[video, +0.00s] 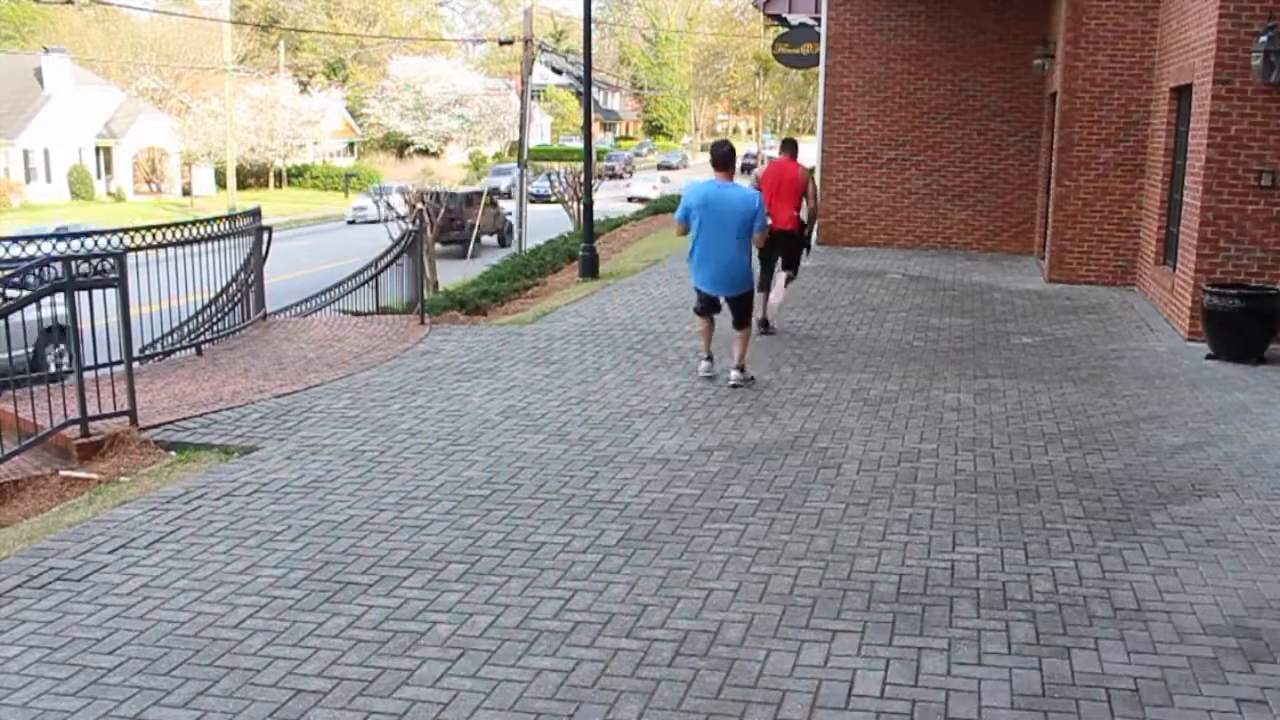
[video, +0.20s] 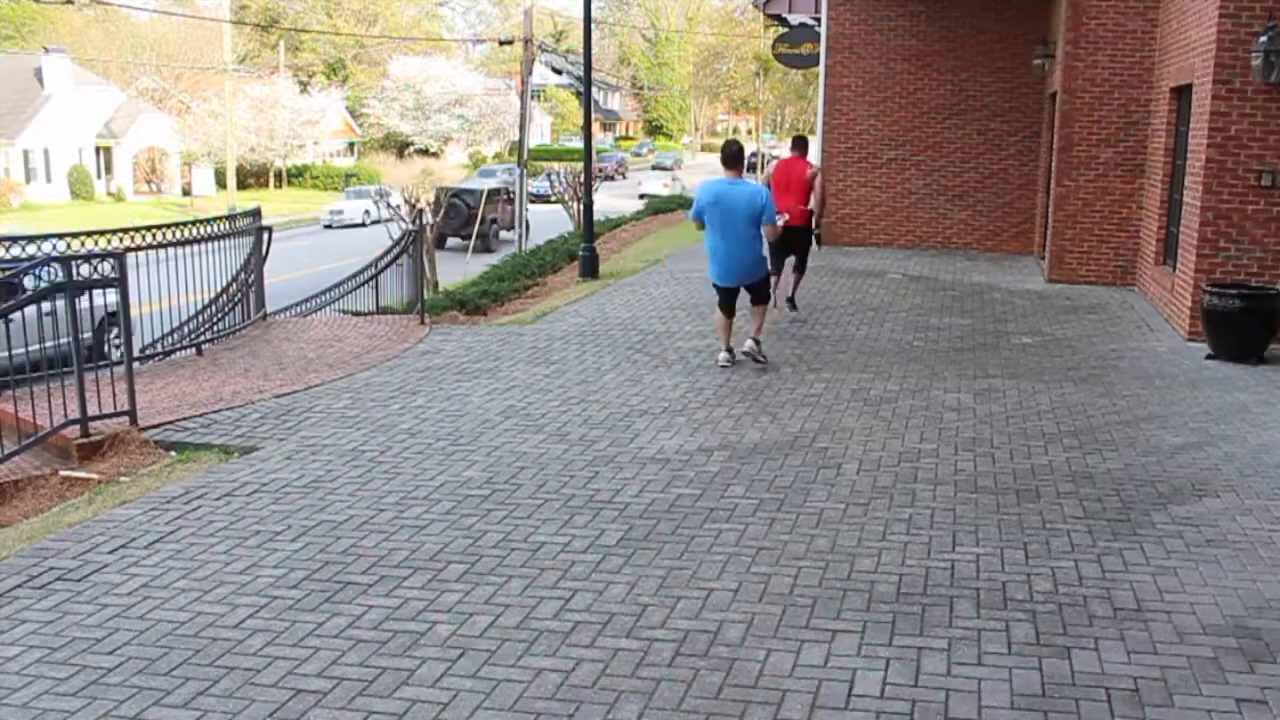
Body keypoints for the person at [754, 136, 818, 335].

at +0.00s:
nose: (790, 157)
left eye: (784, 152)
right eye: (794, 153)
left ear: (779, 151)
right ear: (796, 154)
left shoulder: (764, 171)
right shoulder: (803, 173)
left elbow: (753, 197)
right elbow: (812, 204)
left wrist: (756, 221)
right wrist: (809, 229)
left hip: (768, 226)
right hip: (792, 227)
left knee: (765, 272)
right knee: (791, 269)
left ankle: (762, 317)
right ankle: (777, 293)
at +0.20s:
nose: (800, 153)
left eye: (794, 148)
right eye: (805, 150)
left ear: (790, 148)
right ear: (807, 150)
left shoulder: (775, 166)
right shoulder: (812, 170)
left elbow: (762, 186)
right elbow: (818, 198)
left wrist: (767, 209)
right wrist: (818, 219)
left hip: (776, 219)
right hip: (801, 220)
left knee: (776, 259)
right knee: (801, 259)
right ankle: (791, 294)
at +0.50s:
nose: (806, 147)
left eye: (804, 144)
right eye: (810, 144)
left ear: (800, 144)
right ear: (815, 145)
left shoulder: (789, 161)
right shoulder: (822, 163)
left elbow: (780, 183)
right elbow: (830, 188)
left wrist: (782, 202)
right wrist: (828, 205)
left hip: (791, 208)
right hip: (813, 209)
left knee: (791, 246)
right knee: (810, 250)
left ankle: (790, 279)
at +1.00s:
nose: (819, 148)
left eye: (818, 145)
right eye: (826, 145)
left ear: (815, 145)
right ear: (830, 146)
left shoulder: (807, 161)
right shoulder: (834, 164)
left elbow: (801, 182)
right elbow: (843, 187)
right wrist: (841, 194)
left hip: (806, 207)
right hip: (825, 208)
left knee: (810, 246)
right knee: (821, 248)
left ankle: (809, 279)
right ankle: (814, 275)